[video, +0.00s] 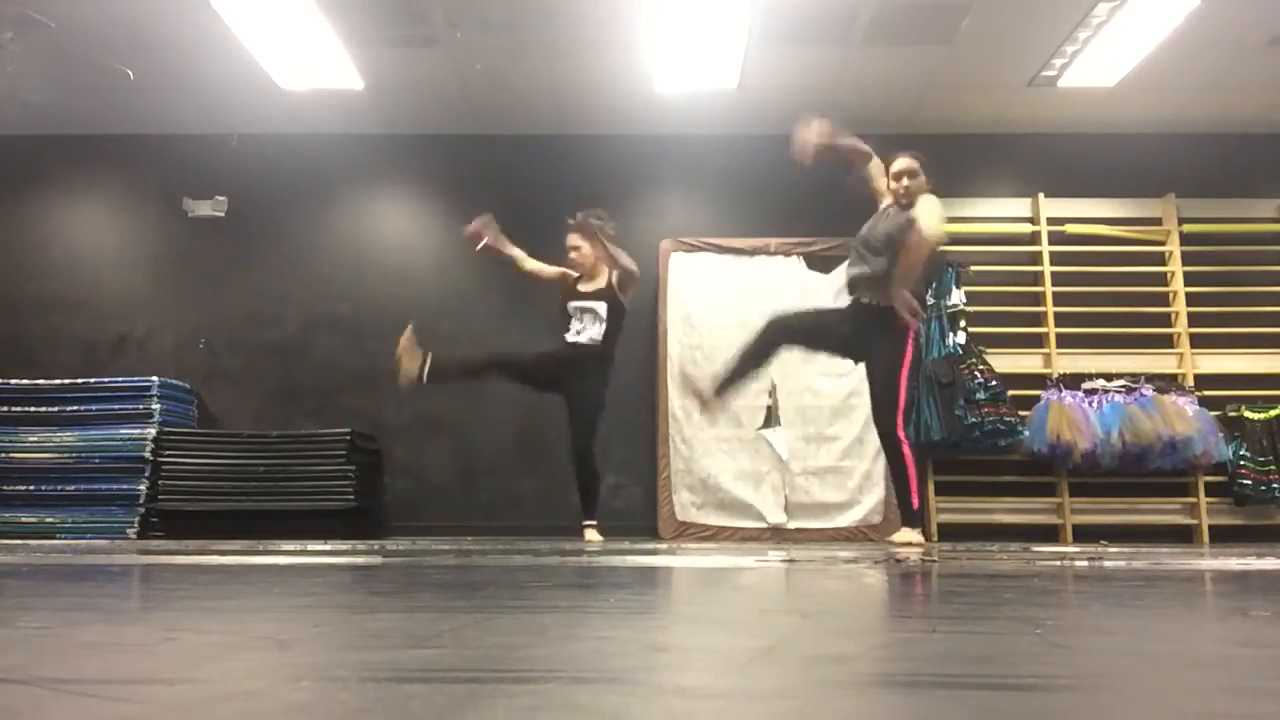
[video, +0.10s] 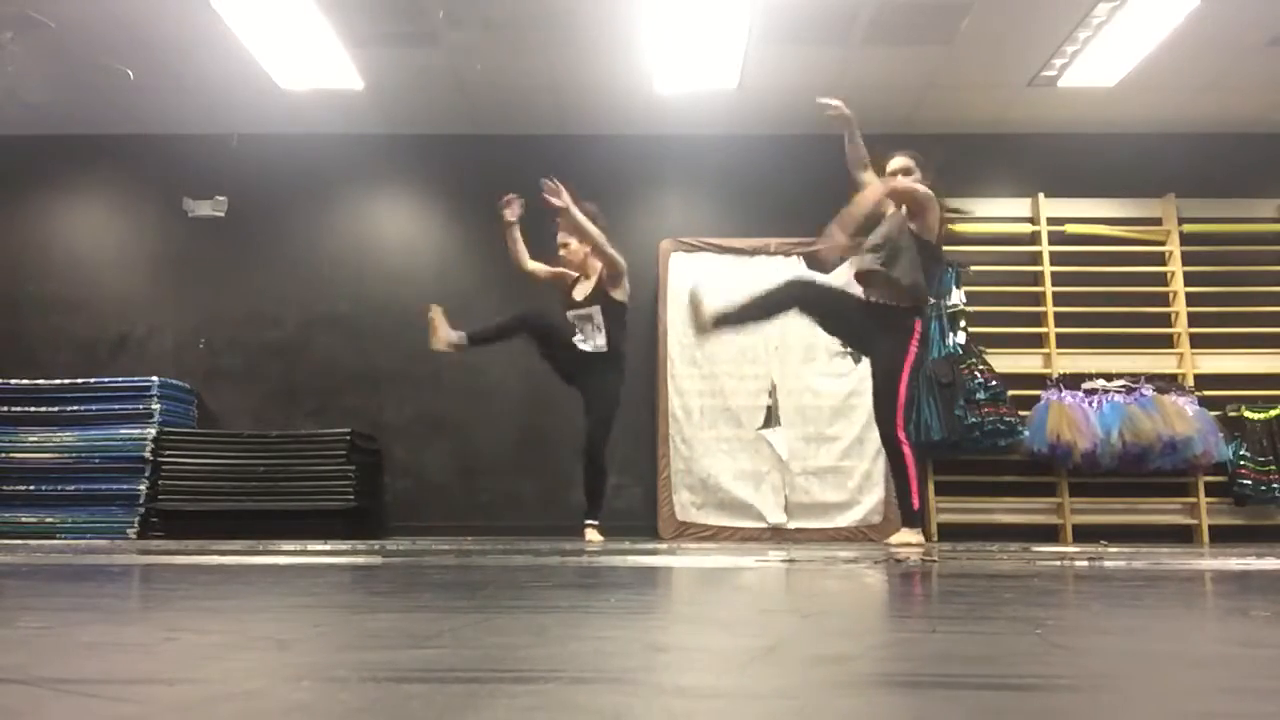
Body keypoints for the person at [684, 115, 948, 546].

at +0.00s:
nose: (903, 182)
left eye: (911, 175)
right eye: (896, 177)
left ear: (924, 180)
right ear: (887, 182)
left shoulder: (926, 208)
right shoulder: (888, 202)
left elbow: (928, 238)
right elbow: (867, 158)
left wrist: (901, 287)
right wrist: (827, 136)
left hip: (893, 326)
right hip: (858, 320)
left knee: (890, 424)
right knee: (780, 327)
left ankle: (914, 527)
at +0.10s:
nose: (899, 180)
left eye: (907, 173)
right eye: (894, 175)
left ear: (923, 181)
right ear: (883, 182)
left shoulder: (925, 217)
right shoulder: (879, 212)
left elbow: (919, 192)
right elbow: (861, 170)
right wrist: (848, 123)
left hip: (901, 326)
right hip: (866, 315)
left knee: (891, 425)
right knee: (800, 288)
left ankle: (914, 528)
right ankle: (716, 321)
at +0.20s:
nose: (890, 186)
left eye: (898, 179)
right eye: (884, 182)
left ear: (914, 185)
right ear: (881, 191)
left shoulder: (923, 221)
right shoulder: (886, 227)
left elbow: (881, 183)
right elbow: (847, 202)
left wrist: (819, 187)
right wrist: (855, 148)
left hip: (914, 333)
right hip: (878, 321)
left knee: (887, 423)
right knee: (819, 286)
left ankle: (913, 527)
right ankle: (729, 296)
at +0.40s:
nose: (863, 250)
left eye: (869, 240)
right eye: (860, 243)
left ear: (894, 237)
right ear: (861, 246)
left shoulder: (914, 263)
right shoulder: (879, 280)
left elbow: (872, 295)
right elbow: (846, 326)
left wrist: (839, 254)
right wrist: (843, 272)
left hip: (962, 367)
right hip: (921, 372)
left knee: (903, 433)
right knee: (861, 404)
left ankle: (914, 530)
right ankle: (905, 457)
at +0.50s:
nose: (856, 273)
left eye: (860, 264)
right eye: (854, 266)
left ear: (886, 262)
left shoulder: (912, 284)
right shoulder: (887, 305)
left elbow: (918, 344)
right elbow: (900, 375)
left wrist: (864, 336)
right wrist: (861, 362)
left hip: (979, 371)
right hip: (949, 379)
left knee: (916, 433)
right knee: (934, 467)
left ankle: (914, 530)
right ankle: (1018, 489)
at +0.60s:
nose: (861, 293)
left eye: (866, 285)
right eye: (859, 285)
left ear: (890, 282)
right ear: (881, 286)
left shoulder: (929, 303)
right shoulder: (896, 318)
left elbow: (959, 359)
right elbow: (914, 376)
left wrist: (903, 366)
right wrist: (894, 410)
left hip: (998, 372)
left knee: (923, 435)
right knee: (999, 487)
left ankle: (914, 530)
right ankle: (1092, 504)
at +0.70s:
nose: (886, 296)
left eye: (890, 287)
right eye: (885, 288)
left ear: (912, 285)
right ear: (911, 286)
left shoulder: (948, 306)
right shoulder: (921, 317)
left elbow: (976, 364)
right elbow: (922, 367)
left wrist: (934, 364)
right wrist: (911, 417)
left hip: (1023, 372)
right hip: (1044, 375)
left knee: (941, 430)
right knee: (1029, 475)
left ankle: (917, 528)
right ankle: (1115, 520)